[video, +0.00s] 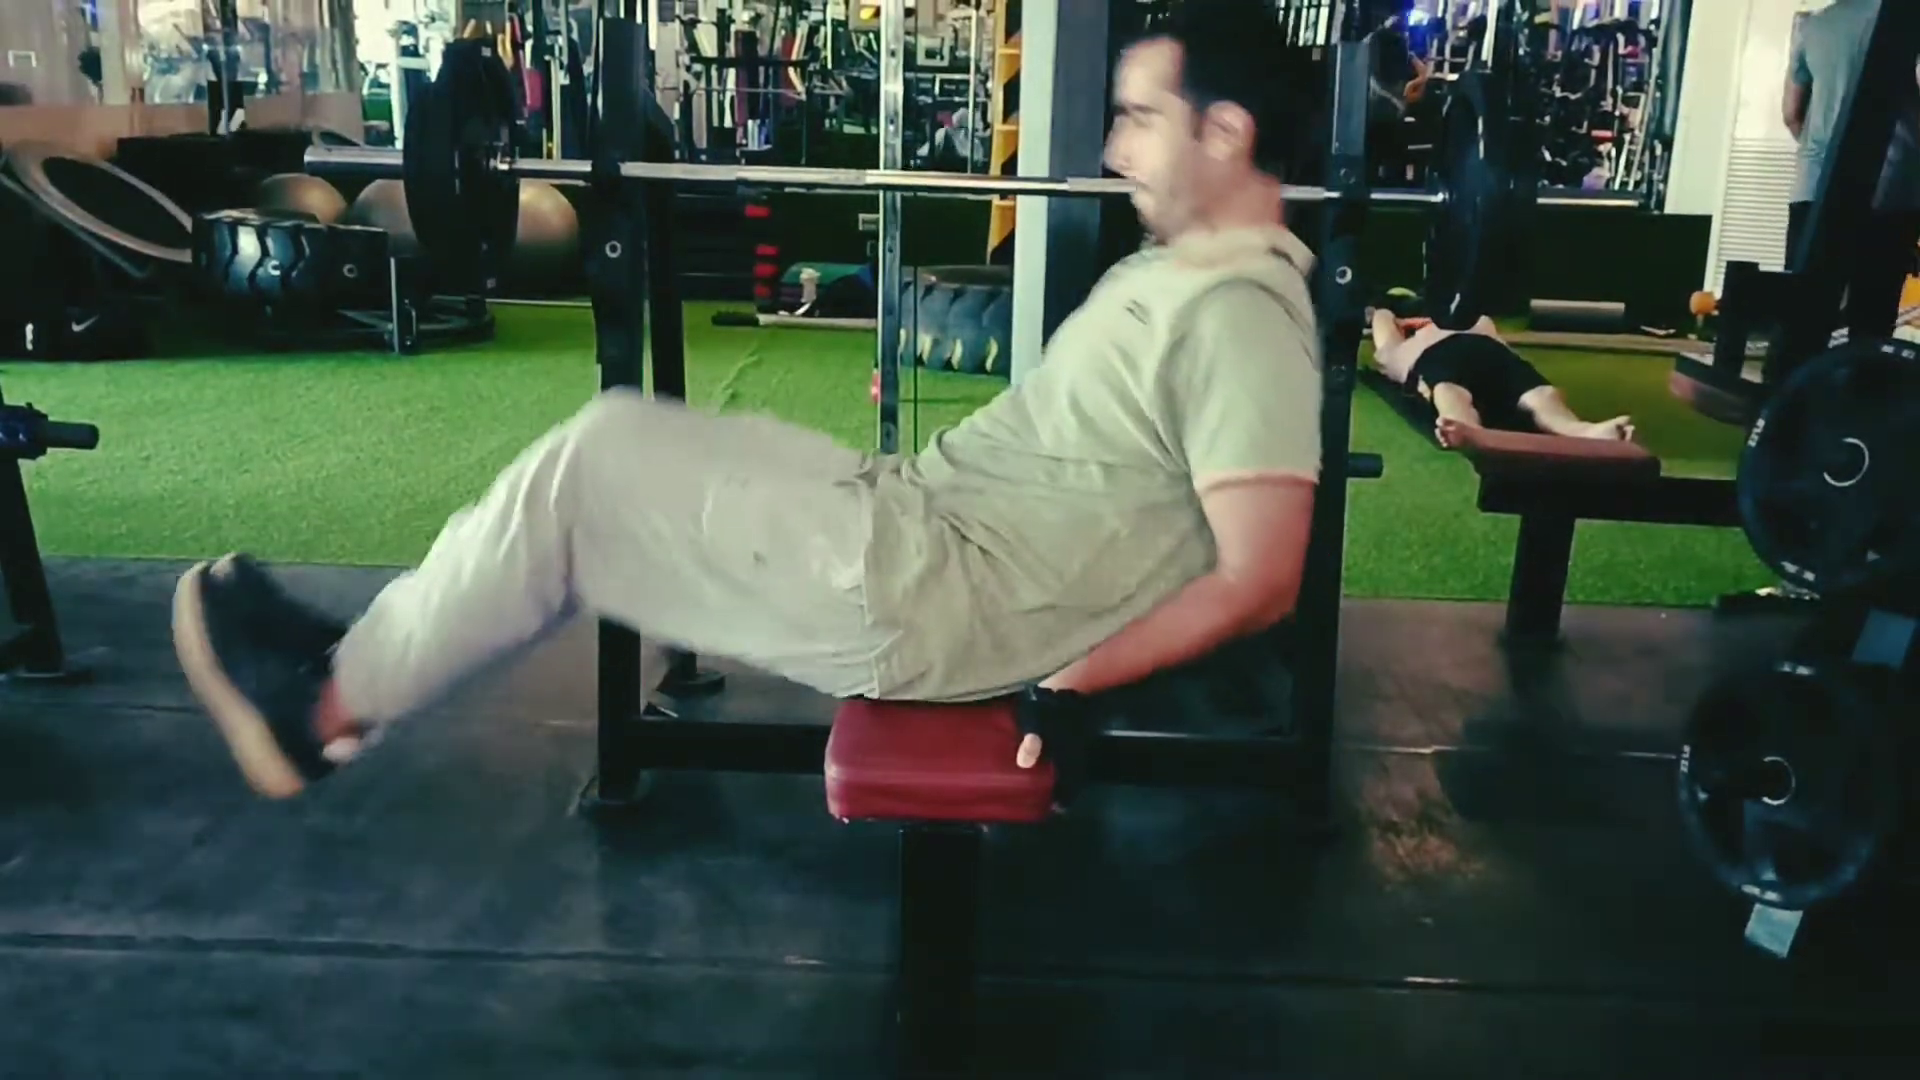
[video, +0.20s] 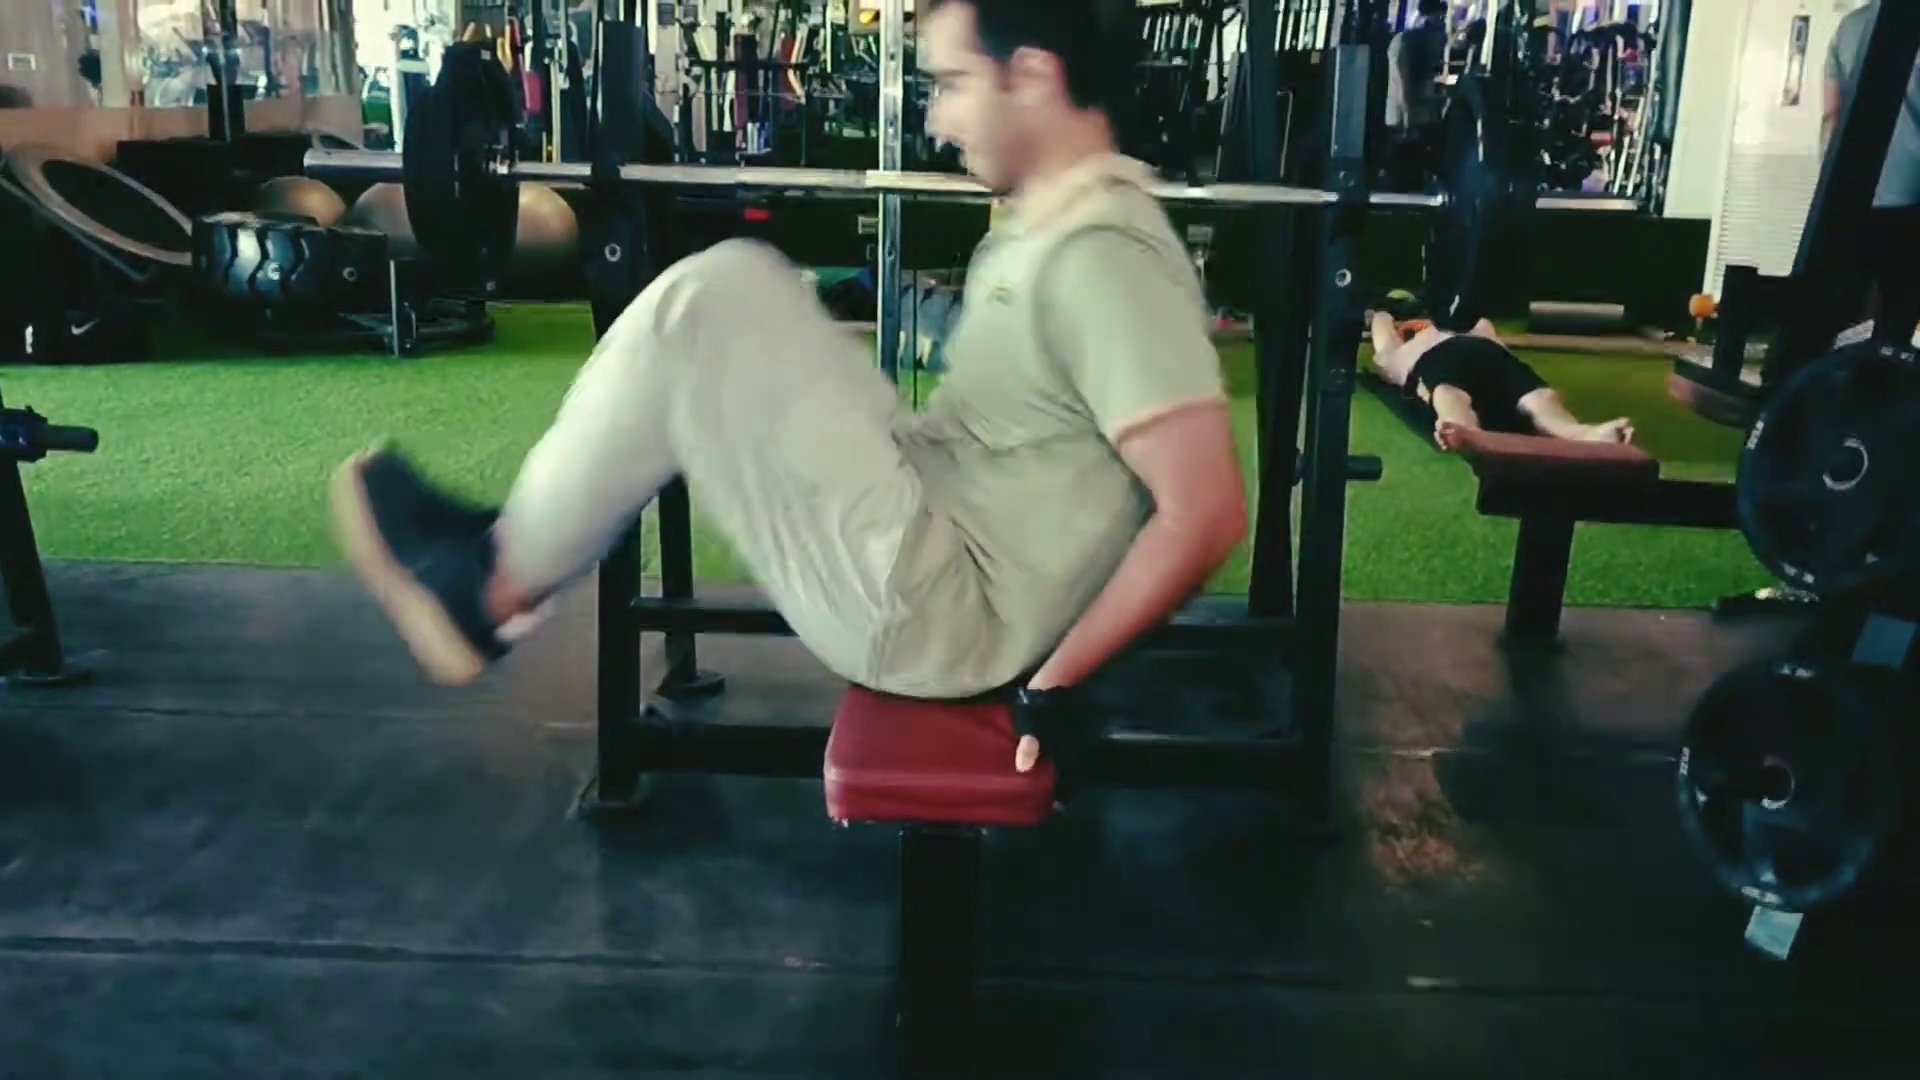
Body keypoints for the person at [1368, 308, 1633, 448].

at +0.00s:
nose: (1418, 324)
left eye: (1422, 322)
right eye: (1412, 324)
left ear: (1429, 328)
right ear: (1401, 331)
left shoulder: (1463, 333)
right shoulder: (1393, 353)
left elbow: (1486, 323)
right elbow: (1380, 314)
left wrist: (1444, 326)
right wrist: (1400, 325)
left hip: (1495, 351)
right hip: (1443, 358)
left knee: (1544, 394)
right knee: (1453, 392)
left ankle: (1584, 430)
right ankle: (1464, 429)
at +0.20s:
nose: (1419, 327)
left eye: (1422, 325)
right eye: (1413, 326)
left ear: (1427, 330)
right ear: (1401, 333)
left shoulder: (1459, 337)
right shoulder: (1393, 356)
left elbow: (1485, 326)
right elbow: (1379, 319)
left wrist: (1450, 328)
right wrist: (1393, 325)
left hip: (1495, 354)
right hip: (1443, 362)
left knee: (1542, 397)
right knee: (1452, 395)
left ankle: (1584, 433)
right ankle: (1463, 432)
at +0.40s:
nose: (1416, 327)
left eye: (1418, 325)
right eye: (1412, 326)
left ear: (1414, 331)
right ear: (1401, 333)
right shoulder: (1390, 355)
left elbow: (1484, 326)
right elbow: (1378, 316)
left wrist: (1450, 328)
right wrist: (1403, 329)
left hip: (1494, 355)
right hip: (1441, 362)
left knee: (1544, 403)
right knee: (1451, 396)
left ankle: (1586, 434)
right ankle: (1461, 432)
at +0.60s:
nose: (1415, 327)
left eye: (1419, 325)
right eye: (1411, 327)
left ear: (1419, 331)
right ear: (1401, 333)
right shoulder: (1392, 354)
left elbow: (1485, 327)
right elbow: (1378, 317)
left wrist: (1443, 324)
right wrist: (1404, 328)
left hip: (1494, 352)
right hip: (1443, 361)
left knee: (1546, 403)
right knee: (1453, 396)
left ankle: (1587, 433)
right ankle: (1463, 433)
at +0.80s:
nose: (1415, 327)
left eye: (1418, 325)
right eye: (1411, 326)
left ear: (1417, 330)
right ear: (1400, 332)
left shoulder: (1462, 337)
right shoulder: (1391, 353)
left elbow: (1484, 325)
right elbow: (1377, 317)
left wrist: (1452, 328)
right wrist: (1402, 328)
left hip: (1494, 353)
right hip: (1441, 360)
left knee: (1544, 400)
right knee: (1452, 396)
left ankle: (1583, 432)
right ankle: (1461, 431)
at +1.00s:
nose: (1421, 327)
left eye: (1426, 325)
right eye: (1413, 327)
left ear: (1432, 330)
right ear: (1400, 336)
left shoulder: (1455, 337)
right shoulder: (1392, 356)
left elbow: (1488, 331)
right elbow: (1377, 318)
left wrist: (1459, 326)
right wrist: (1397, 328)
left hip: (1494, 356)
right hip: (1443, 363)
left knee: (1545, 403)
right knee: (1451, 392)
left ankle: (1595, 434)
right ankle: (1459, 427)